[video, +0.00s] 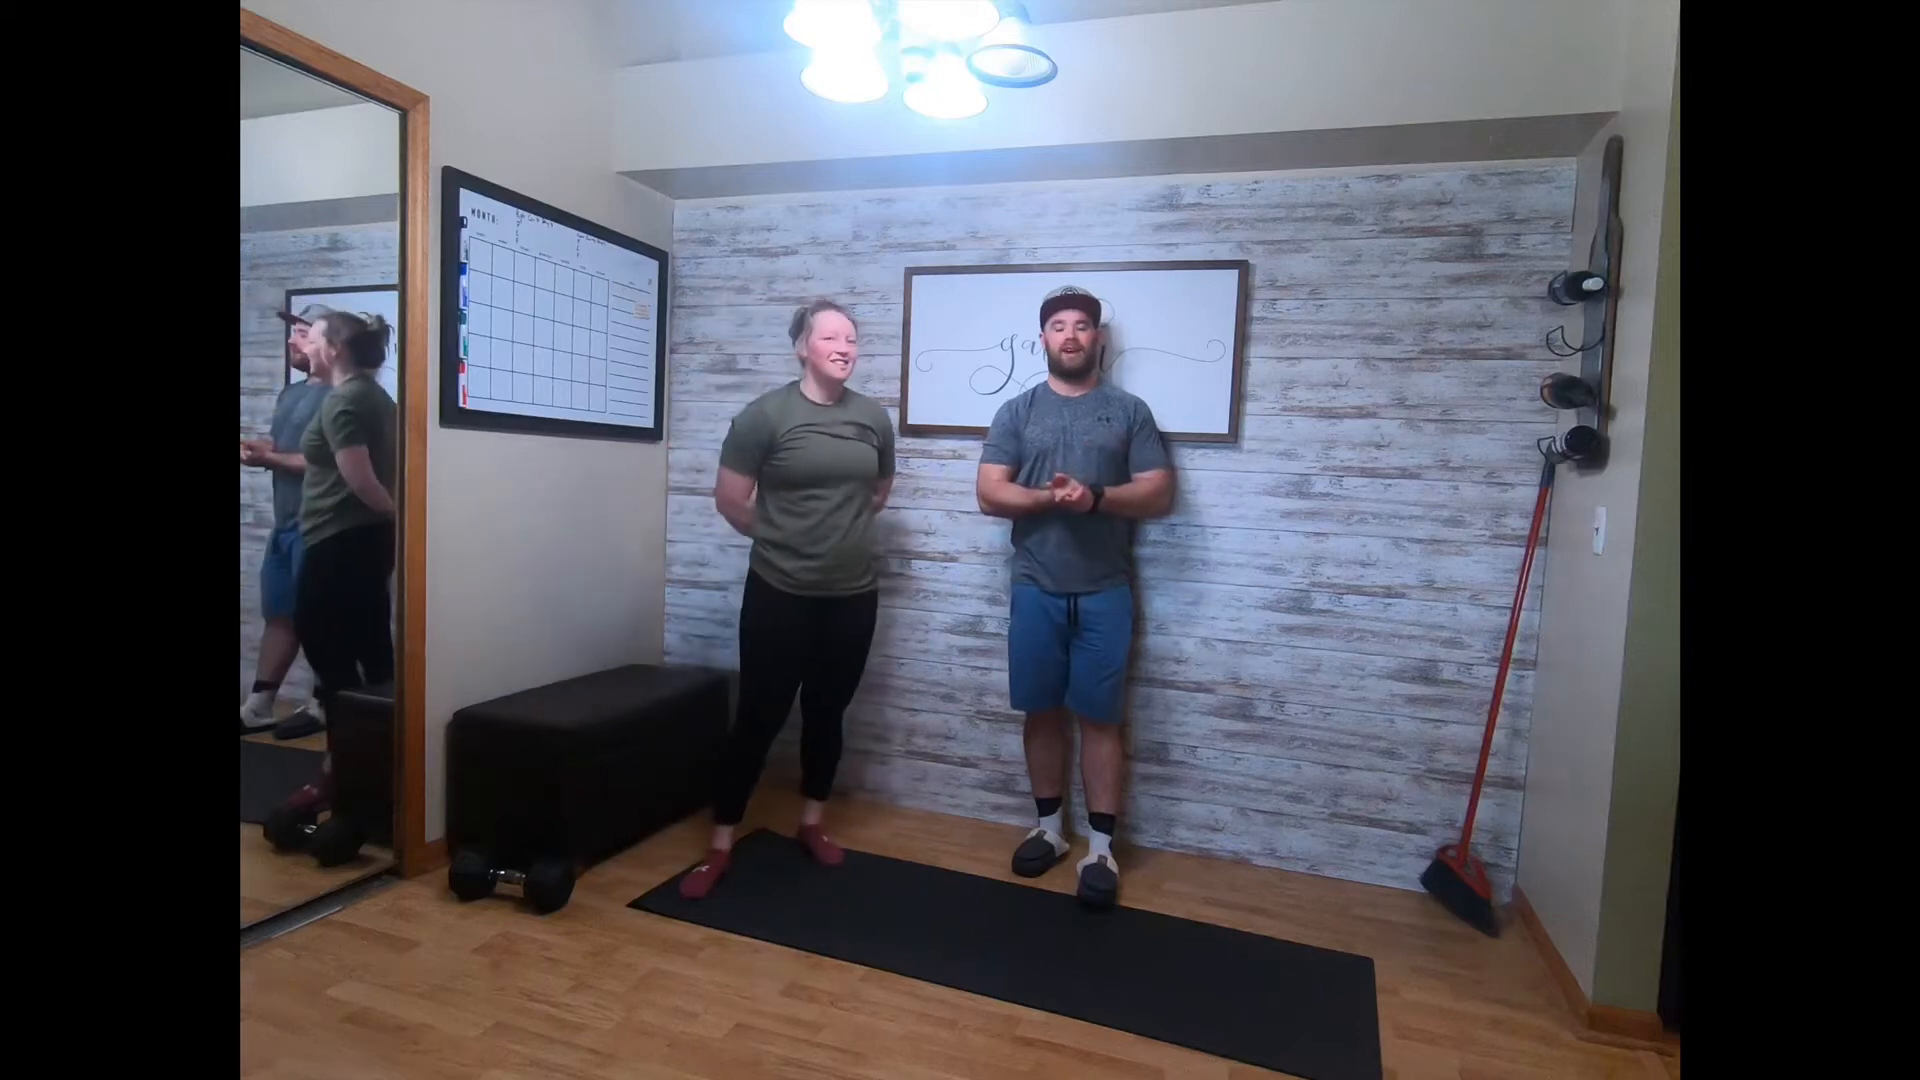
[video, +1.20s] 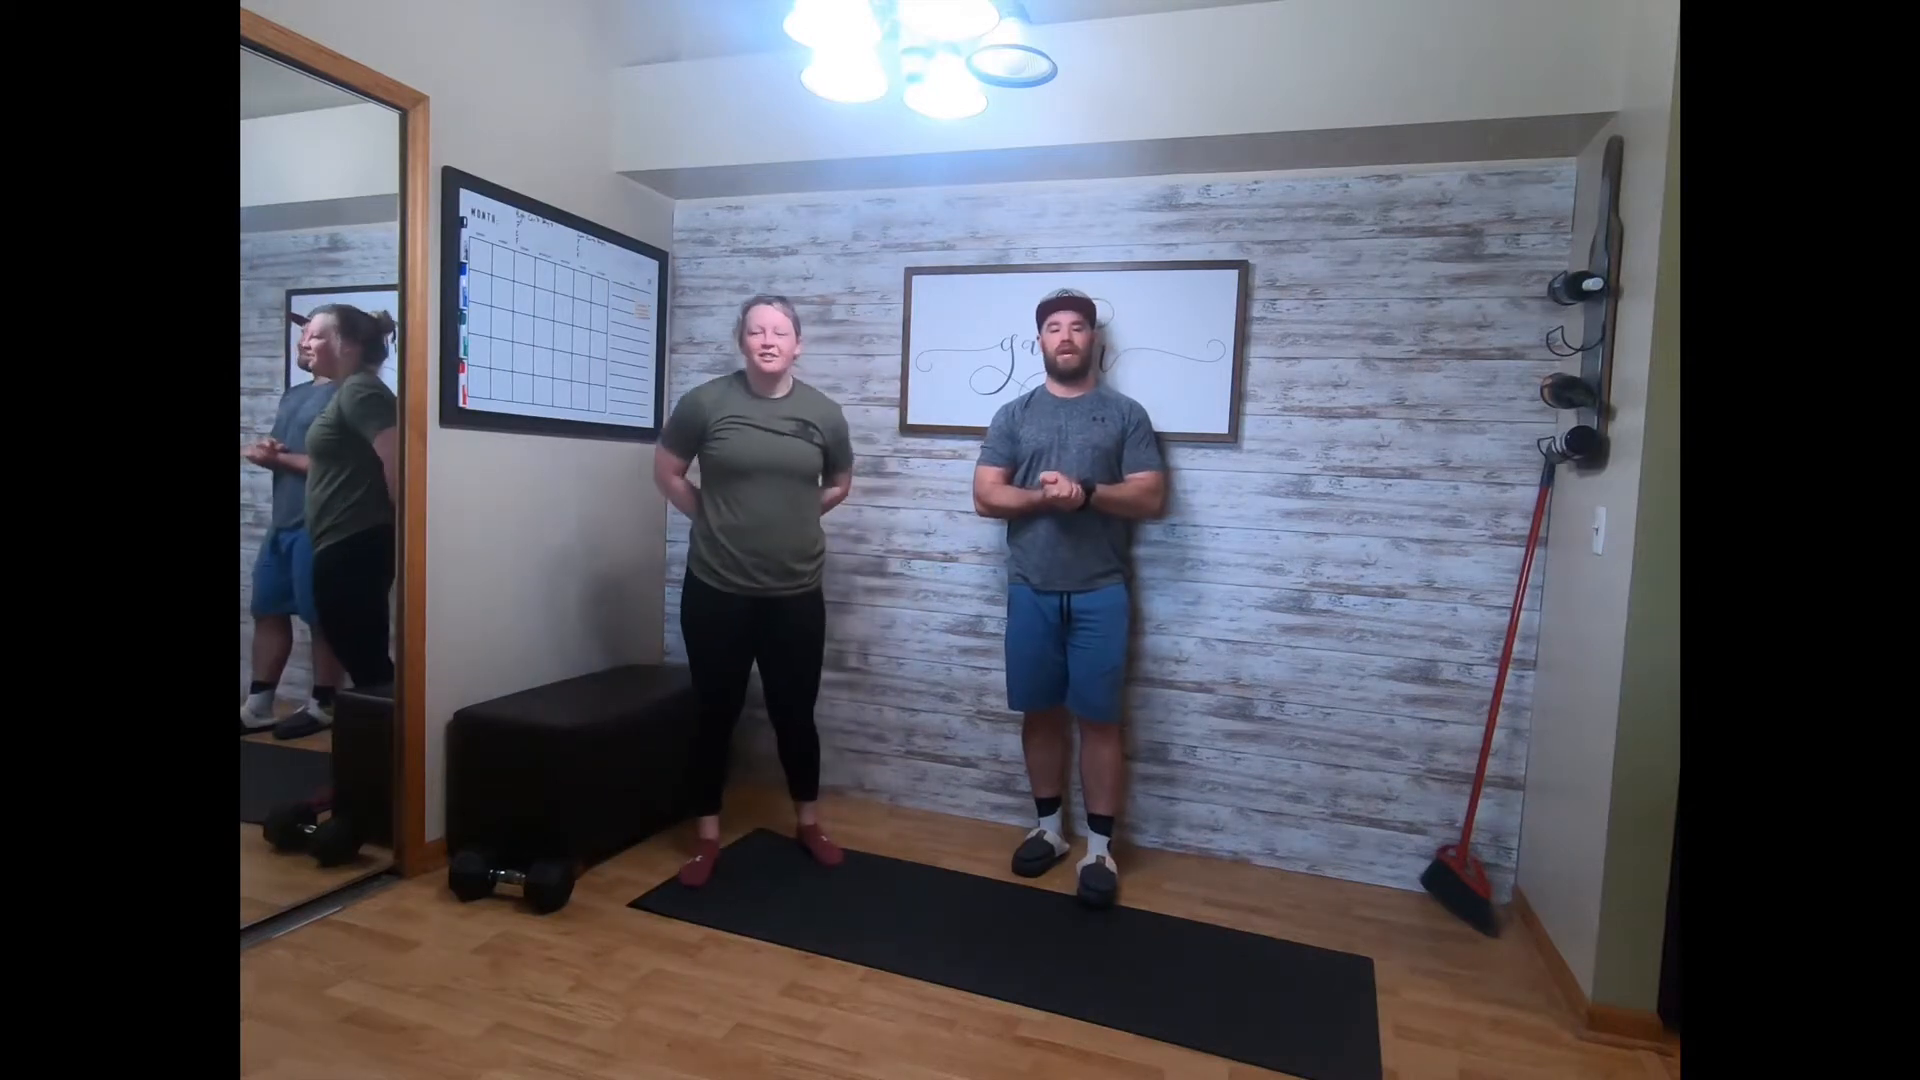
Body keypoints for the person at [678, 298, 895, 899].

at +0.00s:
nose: (844, 348)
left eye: (851, 340)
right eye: (832, 339)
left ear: (857, 351)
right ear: (802, 348)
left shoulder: (875, 420)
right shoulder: (765, 417)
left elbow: (879, 493)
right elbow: (730, 500)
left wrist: (833, 527)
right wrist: (785, 534)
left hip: (850, 596)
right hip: (778, 592)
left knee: (826, 714)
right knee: (758, 718)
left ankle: (813, 823)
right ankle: (721, 843)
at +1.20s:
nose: (767, 340)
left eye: (778, 332)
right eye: (757, 332)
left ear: (797, 344)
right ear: (740, 344)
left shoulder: (825, 415)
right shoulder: (704, 405)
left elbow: (840, 482)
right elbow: (667, 472)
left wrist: (794, 514)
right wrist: (714, 518)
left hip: (795, 594)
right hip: (717, 589)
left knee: (796, 716)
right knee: (713, 717)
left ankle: (808, 823)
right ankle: (708, 836)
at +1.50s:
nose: (743, 338)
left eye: (754, 330)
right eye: (732, 329)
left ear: (773, 343)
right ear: (715, 340)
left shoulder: (798, 404)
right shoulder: (681, 393)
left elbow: (844, 469)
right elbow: (615, 453)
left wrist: (836, 467)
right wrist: (659, 451)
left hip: (775, 590)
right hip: (696, 587)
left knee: (792, 715)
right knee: (703, 716)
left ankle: (808, 823)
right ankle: (706, 836)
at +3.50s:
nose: (751, 392)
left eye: (761, 381)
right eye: (741, 380)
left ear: (775, 367)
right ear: (717, 359)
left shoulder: (788, 410)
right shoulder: (667, 401)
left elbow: (816, 470)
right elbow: (613, 456)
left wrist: (805, 531)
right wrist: (624, 528)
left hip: (764, 587)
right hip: (686, 586)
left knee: (779, 709)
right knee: (696, 713)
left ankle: (797, 824)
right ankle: (707, 838)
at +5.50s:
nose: (733, 343)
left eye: (744, 334)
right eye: (722, 332)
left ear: (757, 345)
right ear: (702, 341)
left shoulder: (785, 417)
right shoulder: (661, 411)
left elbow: (805, 506)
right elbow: (628, 493)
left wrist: (746, 529)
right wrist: (684, 528)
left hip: (763, 593)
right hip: (682, 592)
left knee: (781, 716)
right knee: (696, 719)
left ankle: (799, 825)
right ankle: (707, 838)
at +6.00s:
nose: (736, 338)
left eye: (746, 332)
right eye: (724, 328)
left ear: (757, 348)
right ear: (699, 339)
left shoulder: (779, 416)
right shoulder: (654, 408)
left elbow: (798, 503)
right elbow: (622, 491)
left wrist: (742, 531)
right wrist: (677, 528)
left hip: (757, 592)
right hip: (678, 591)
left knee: (775, 716)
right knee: (694, 719)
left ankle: (791, 825)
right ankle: (707, 840)